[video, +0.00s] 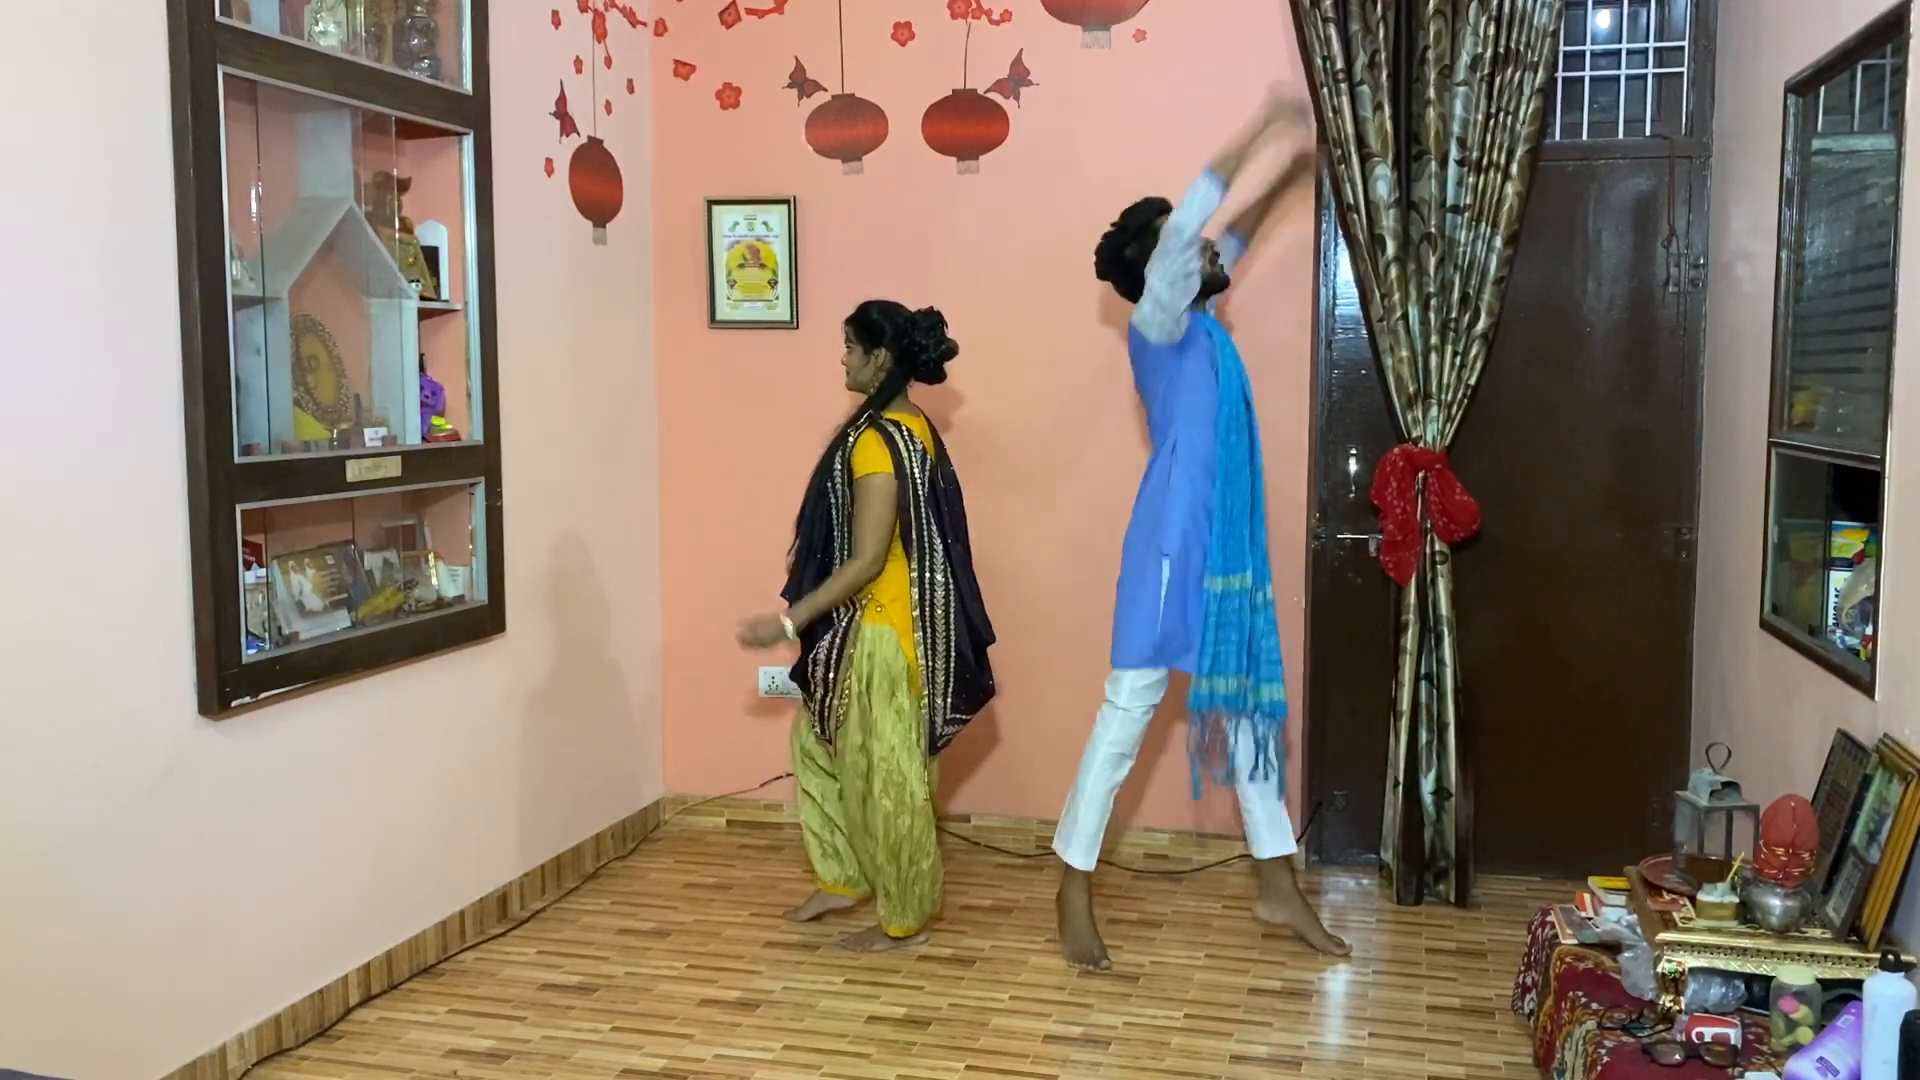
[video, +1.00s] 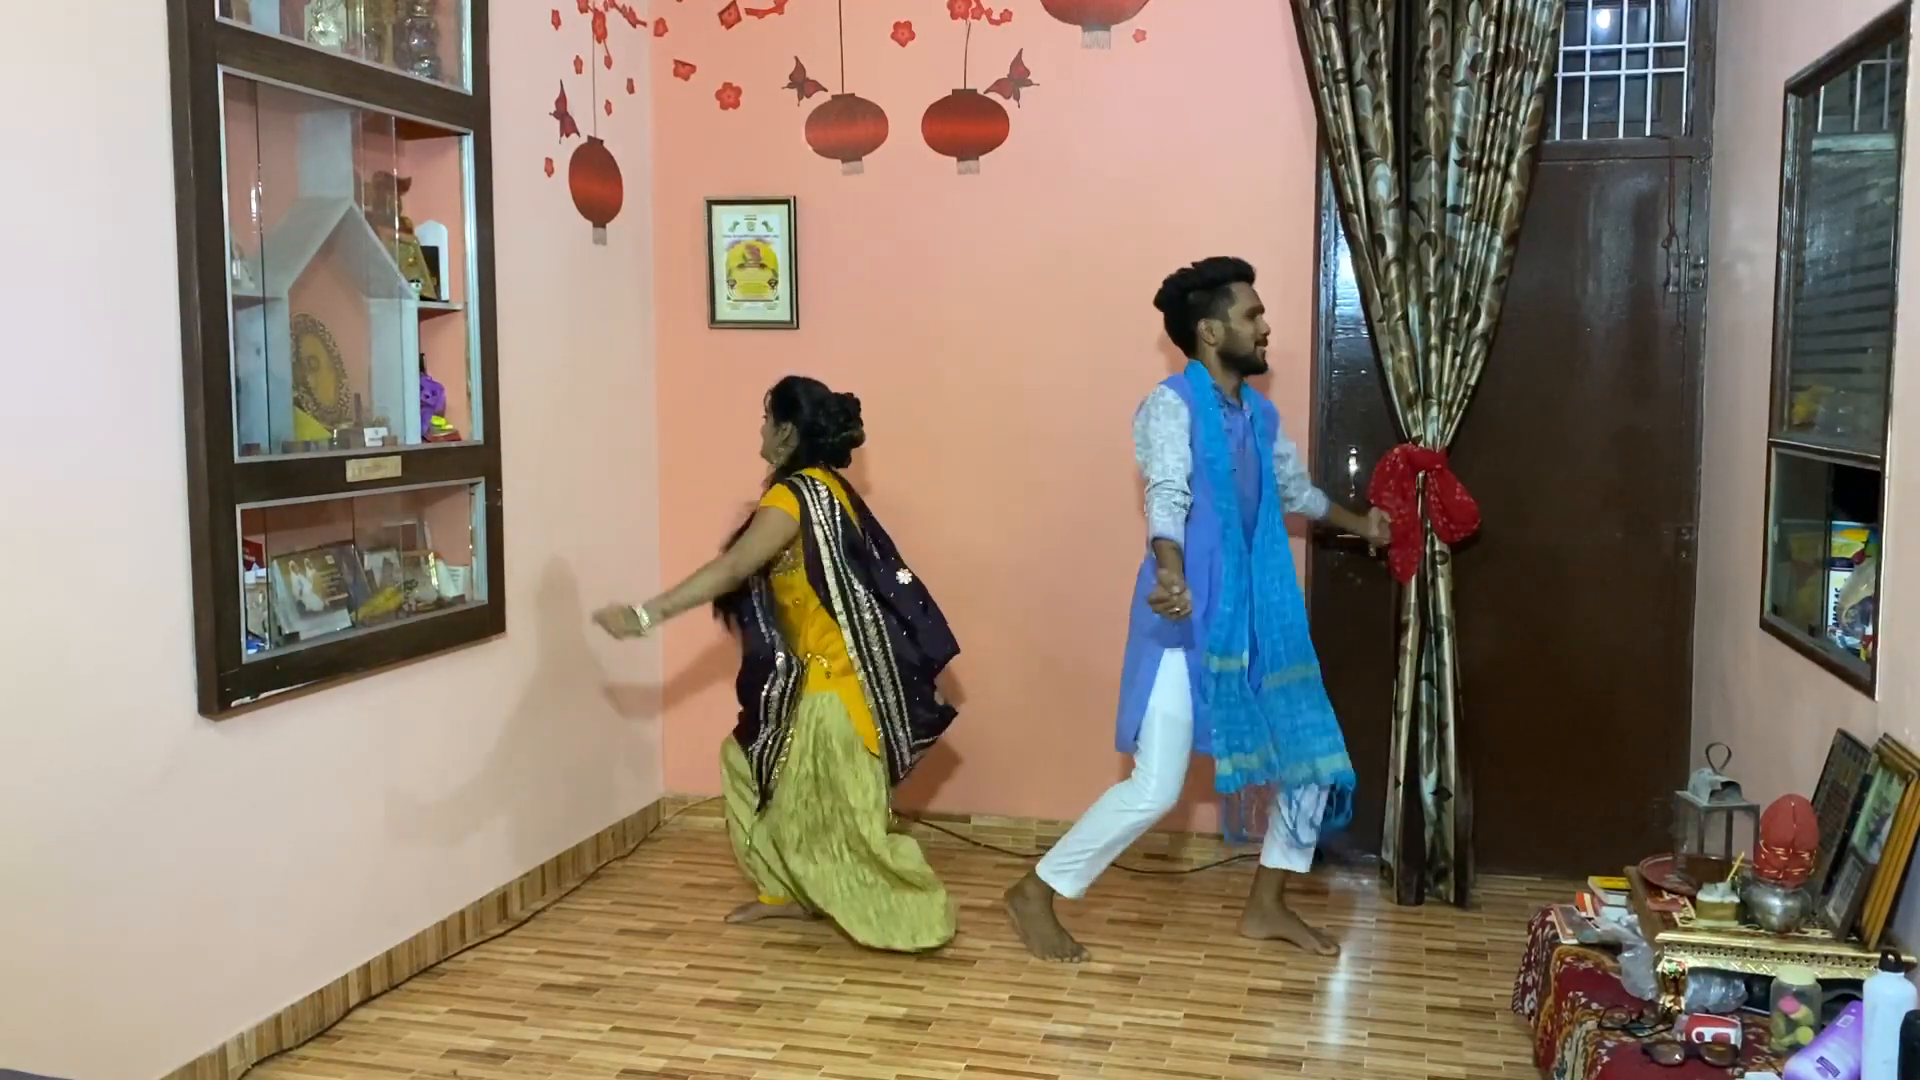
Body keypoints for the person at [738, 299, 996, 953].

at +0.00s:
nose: (842, 359)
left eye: (850, 349)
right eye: (845, 348)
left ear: (880, 357)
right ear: (888, 358)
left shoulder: (877, 439)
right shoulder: (908, 426)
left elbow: (867, 558)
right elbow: (892, 552)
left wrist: (788, 618)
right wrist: (811, 614)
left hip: (880, 630)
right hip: (885, 623)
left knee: (889, 772)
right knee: (818, 745)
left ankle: (907, 915)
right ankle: (845, 880)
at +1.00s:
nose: (760, 429)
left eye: (768, 420)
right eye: (765, 419)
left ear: (792, 431)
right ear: (806, 432)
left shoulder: (792, 496)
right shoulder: (828, 488)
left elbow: (731, 570)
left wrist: (644, 614)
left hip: (834, 679)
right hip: (835, 671)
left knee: (834, 806)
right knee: (743, 758)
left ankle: (921, 911)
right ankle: (787, 891)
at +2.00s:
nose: (857, 314)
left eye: (856, 306)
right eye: (843, 306)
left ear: (851, 320)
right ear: (820, 321)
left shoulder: (881, 378)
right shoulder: (823, 378)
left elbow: (888, 313)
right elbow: (847, 306)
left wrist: (910, 236)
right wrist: (833, 201)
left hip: (886, 580)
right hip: (826, 573)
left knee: (909, 733)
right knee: (785, 723)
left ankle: (939, 874)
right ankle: (744, 871)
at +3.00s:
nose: (924, 399)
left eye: (926, 388)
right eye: (913, 388)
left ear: (913, 395)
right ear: (877, 394)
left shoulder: (909, 464)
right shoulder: (848, 468)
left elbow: (910, 565)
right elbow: (804, 565)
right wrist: (780, 651)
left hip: (903, 651)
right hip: (842, 653)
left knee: (945, 773)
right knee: (828, 792)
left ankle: (927, 895)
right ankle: (759, 897)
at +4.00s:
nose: (907, 346)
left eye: (902, 335)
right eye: (894, 339)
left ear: (861, 354)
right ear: (862, 354)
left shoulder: (864, 411)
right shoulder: (885, 413)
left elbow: (945, 467)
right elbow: (963, 494)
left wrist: (1003, 409)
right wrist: (1029, 442)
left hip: (908, 602)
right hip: (896, 605)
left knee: (953, 743)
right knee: (871, 750)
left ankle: (956, 884)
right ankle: (789, 900)